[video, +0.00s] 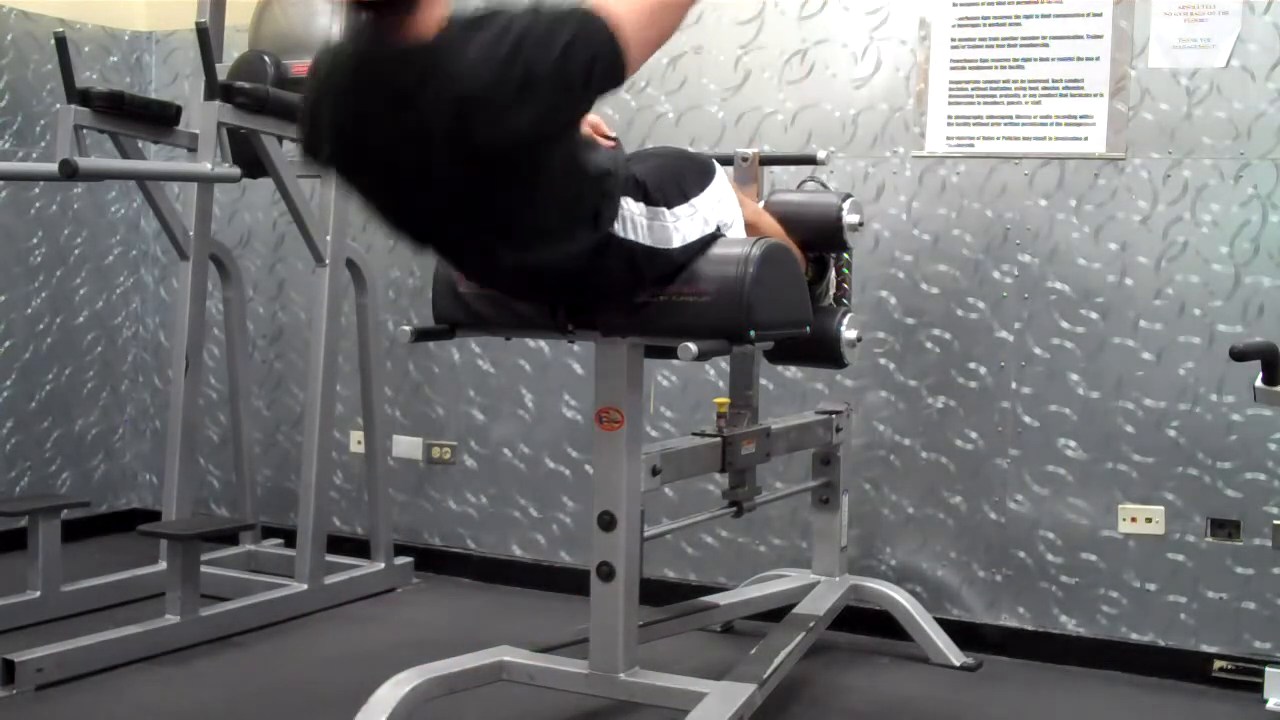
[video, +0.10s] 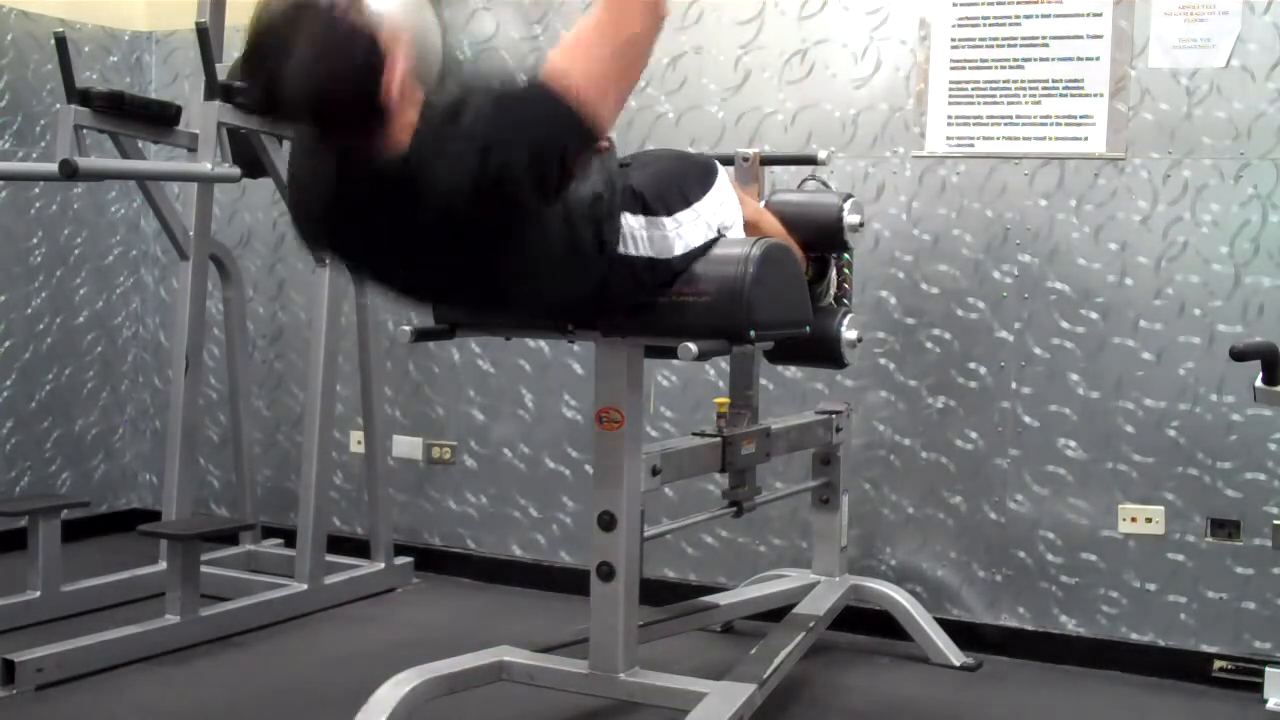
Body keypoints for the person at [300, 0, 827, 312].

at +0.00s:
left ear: (355, 2)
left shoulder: (331, 84)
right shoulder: (499, 64)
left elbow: (443, 164)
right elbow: (665, 7)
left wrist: (558, 131)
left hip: (489, 259)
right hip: (597, 253)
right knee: (714, 184)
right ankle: (802, 266)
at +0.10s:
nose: (396, 31)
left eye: (379, 26)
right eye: (386, 37)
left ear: (302, 108)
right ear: (393, 85)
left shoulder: (316, 187)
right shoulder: (476, 154)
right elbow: (630, 14)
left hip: (489, 290)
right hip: (591, 257)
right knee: (729, 191)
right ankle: (805, 274)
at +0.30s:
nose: (335, 246)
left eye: (315, 252)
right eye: (326, 266)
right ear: (374, 340)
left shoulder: (353, 269)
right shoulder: (454, 352)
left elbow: (414, 200)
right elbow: (563, 254)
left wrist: (521, 156)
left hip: (556, 208)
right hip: (617, 247)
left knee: (687, 168)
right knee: (727, 192)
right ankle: (801, 262)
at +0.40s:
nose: (345, 381)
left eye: (317, 384)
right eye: (344, 419)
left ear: (305, 368)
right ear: (364, 438)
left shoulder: (336, 314)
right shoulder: (472, 385)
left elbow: (398, 235)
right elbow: (554, 414)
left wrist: (511, 164)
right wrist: (403, 444)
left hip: (565, 194)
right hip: (613, 251)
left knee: (706, 176)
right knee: (735, 193)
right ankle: (806, 297)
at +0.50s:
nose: (345, 426)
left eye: (322, 445)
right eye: (352, 456)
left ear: (317, 424)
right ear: (408, 497)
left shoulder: (337, 370)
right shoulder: (499, 437)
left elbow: (389, 260)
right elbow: (547, 546)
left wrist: (497, 178)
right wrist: (409, 642)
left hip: (528, 207)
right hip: (599, 251)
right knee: (721, 176)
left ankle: (776, 242)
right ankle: (797, 276)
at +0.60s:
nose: (365, 462)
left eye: (346, 479)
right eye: (372, 488)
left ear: (336, 463)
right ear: (421, 537)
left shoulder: (345, 394)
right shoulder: (514, 488)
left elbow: (388, 275)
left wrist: (495, 187)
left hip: (517, 221)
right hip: (592, 261)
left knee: (569, 157)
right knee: (719, 170)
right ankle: (797, 281)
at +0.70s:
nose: (372, 477)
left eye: (352, 494)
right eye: (378, 503)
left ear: (335, 485)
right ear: (428, 546)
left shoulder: (347, 404)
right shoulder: (519, 512)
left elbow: (387, 282)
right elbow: (530, 669)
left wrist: (493, 195)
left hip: (516, 226)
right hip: (592, 270)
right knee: (717, 166)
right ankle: (796, 287)